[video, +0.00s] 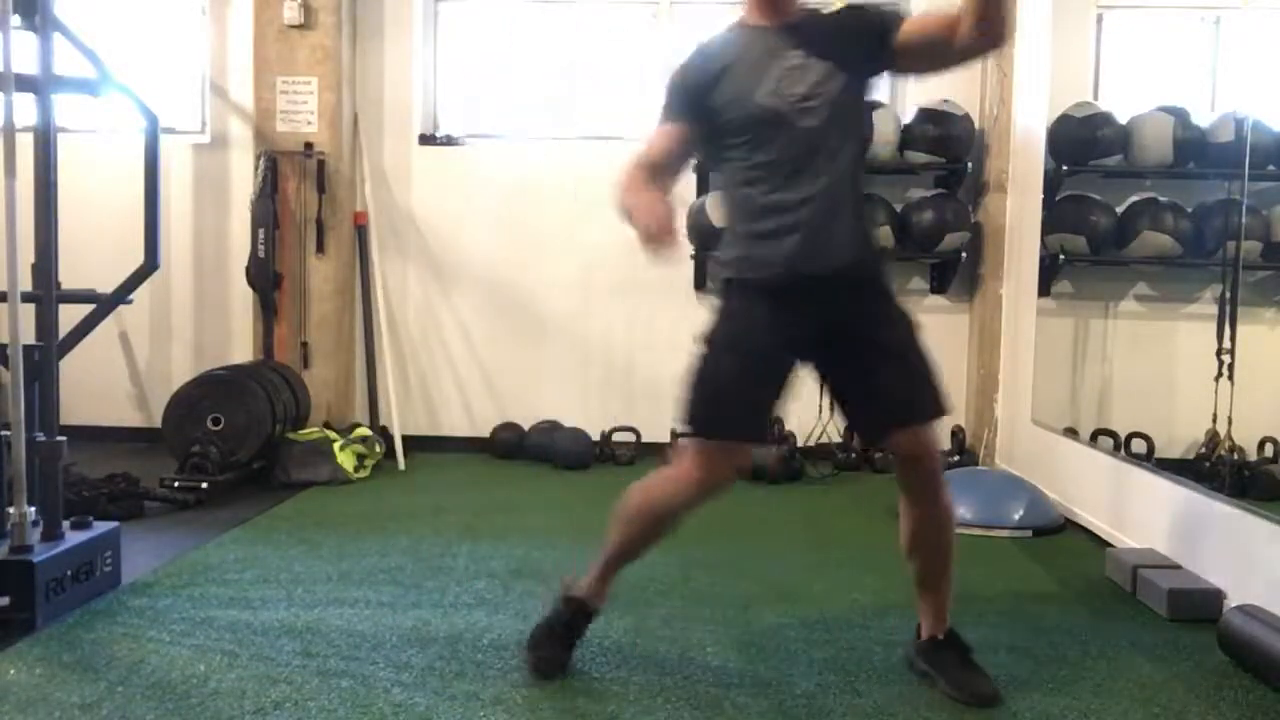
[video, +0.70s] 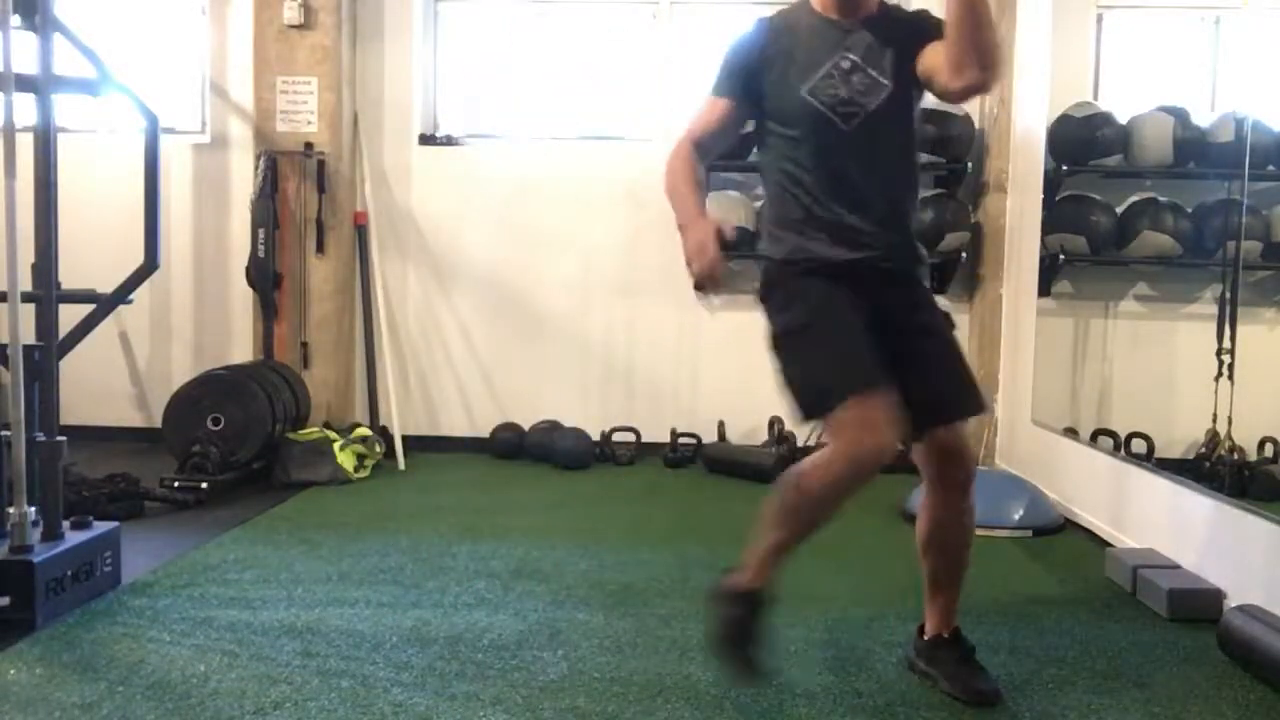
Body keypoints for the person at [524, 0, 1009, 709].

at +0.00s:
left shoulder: (848, 35)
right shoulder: (711, 67)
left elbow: (975, 33)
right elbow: (643, 175)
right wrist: (652, 213)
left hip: (853, 290)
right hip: (757, 297)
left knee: (921, 460)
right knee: (705, 466)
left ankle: (936, 638)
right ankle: (583, 598)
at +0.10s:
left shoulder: (891, 17)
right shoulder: (751, 46)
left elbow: (981, 7)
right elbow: (690, 163)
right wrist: (680, 249)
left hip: (882, 268)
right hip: (793, 271)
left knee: (935, 452)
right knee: (800, 441)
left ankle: (938, 637)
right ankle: (667, 564)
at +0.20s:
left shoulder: (919, 15)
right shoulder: (779, 21)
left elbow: (978, 9)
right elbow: (709, 146)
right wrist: (704, 250)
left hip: (900, 252)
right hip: (810, 235)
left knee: (933, 452)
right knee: (897, 346)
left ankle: (936, 636)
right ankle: (794, 515)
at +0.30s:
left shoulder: (922, 14)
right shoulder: (788, 30)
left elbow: (973, 34)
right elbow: (713, 144)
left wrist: (999, 15)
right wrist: (711, 250)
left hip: (912, 251)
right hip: (817, 241)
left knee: (943, 440)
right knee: (959, 214)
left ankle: (937, 634)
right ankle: (882, 435)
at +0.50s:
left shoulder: (932, 46)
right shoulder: (793, 54)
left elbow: (989, 101)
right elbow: (715, 160)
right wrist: (698, 265)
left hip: (912, 281)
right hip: (821, 270)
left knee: (972, 465)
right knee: (983, 219)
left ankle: (938, 636)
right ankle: (920, 447)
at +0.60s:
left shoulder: (923, 36)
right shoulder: (788, 42)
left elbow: (989, 85)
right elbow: (707, 154)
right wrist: (696, 247)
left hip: (904, 265)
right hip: (819, 258)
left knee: (966, 458)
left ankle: (938, 637)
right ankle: (848, 538)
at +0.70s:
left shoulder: (901, 28)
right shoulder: (770, 38)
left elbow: (968, 72)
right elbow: (683, 153)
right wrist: (695, 225)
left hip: (895, 274)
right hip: (806, 270)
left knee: (952, 458)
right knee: (867, 436)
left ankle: (939, 639)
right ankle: (743, 587)